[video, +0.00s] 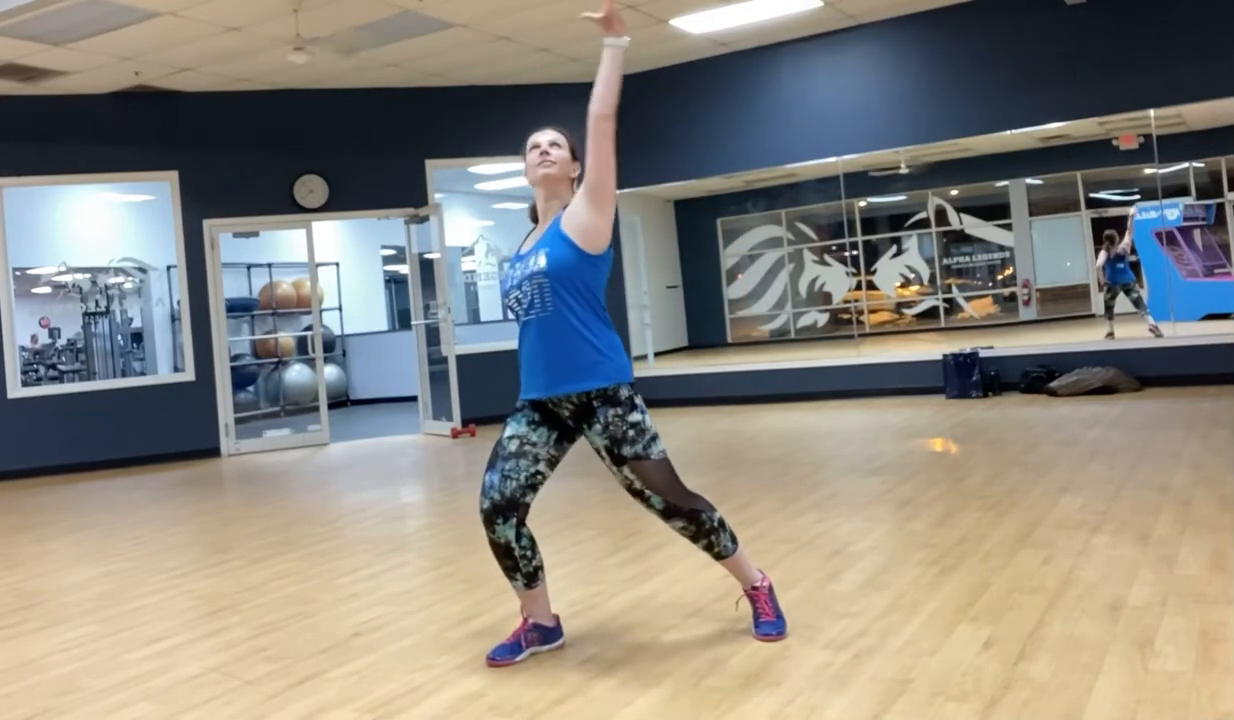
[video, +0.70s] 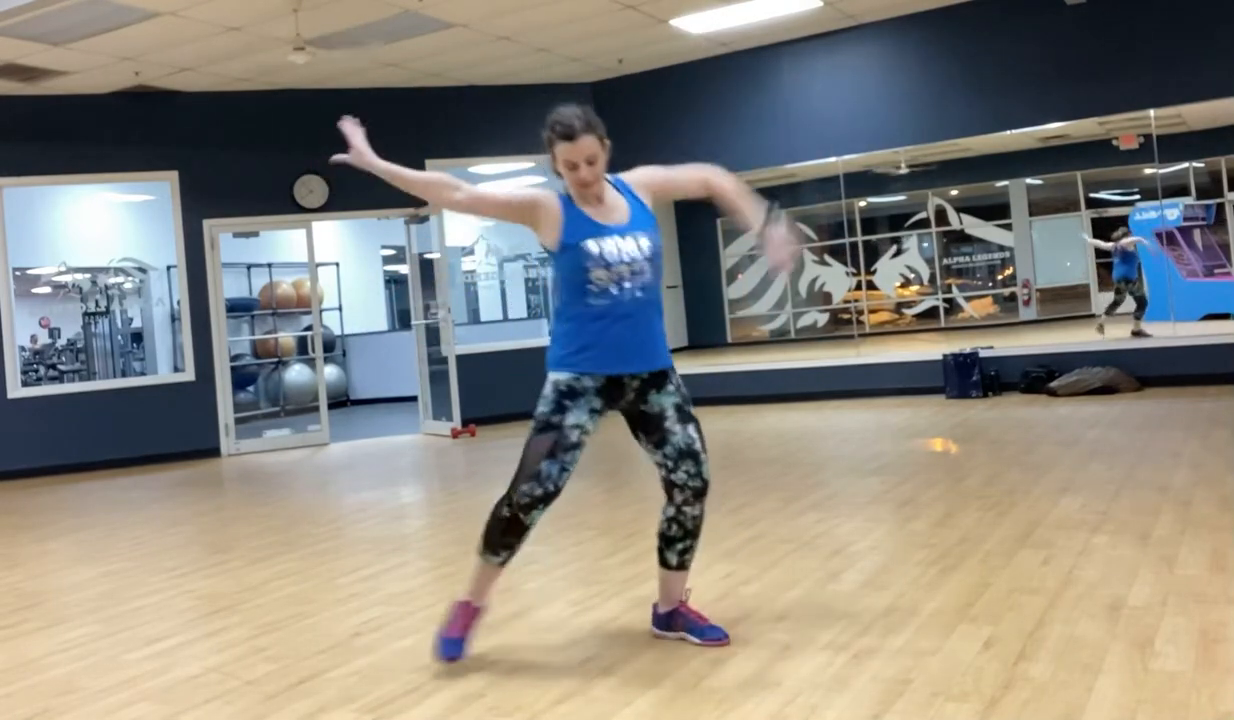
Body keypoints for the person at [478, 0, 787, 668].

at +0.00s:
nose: (543, 151)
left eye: (553, 146)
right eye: (533, 149)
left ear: (574, 163)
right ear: (525, 173)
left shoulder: (589, 214)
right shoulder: (528, 241)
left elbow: (602, 117)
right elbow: (538, 319)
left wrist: (614, 38)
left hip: (604, 396)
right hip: (540, 404)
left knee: (669, 502)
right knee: (498, 506)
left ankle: (755, 585)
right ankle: (540, 621)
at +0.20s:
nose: (548, 152)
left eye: (556, 146)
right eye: (536, 149)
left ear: (573, 162)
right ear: (522, 172)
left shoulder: (592, 212)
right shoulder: (521, 248)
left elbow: (631, 123)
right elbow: (517, 325)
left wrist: (651, 36)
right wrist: (516, 383)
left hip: (610, 394)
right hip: (541, 404)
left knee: (676, 497)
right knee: (498, 508)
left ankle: (755, 589)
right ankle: (539, 621)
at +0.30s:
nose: (547, 157)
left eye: (555, 148)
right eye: (534, 152)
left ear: (571, 160)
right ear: (519, 169)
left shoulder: (597, 205)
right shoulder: (507, 238)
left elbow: (646, 129)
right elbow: (464, 293)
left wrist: (682, 60)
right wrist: (447, 340)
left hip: (613, 383)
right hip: (539, 397)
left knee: (675, 491)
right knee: (499, 507)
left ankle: (752, 589)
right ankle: (540, 621)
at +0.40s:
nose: (550, 157)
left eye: (557, 147)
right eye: (537, 150)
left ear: (572, 153)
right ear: (521, 163)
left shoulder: (598, 200)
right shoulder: (500, 230)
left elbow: (657, 132)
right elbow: (439, 268)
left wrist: (697, 61)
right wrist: (397, 311)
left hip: (614, 376)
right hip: (540, 389)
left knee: (677, 486)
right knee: (507, 501)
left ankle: (746, 590)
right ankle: (540, 621)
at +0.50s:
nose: (559, 154)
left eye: (567, 142)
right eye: (547, 146)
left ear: (582, 138)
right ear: (530, 149)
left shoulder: (613, 181)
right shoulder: (510, 205)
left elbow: (685, 135)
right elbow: (428, 214)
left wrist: (743, 89)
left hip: (628, 363)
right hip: (551, 375)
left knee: (681, 467)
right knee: (528, 492)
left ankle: (685, 595)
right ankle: (537, 617)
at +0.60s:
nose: (564, 157)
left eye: (572, 146)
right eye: (552, 150)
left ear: (590, 137)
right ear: (537, 151)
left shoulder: (625, 177)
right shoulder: (522, 200)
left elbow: (700, 145)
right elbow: (432, 196)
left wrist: (770, 127)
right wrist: (346, 177)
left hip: (639, 362)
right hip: (562, 372)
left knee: (679, 472)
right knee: (527, 490)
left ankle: (673, 603)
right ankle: (519, 606)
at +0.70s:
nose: (583, 174)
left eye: (590, 162)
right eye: (571, 166)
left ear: (606, 151)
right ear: (555, 163)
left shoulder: (641, 186)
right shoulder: (546, 208)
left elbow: (715, 179)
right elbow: (457, 195)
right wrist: (373, 163)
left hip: (650, 371)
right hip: (579, 376)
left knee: (691, 480)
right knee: (537, 487)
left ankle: (670, 607)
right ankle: (471, 604)